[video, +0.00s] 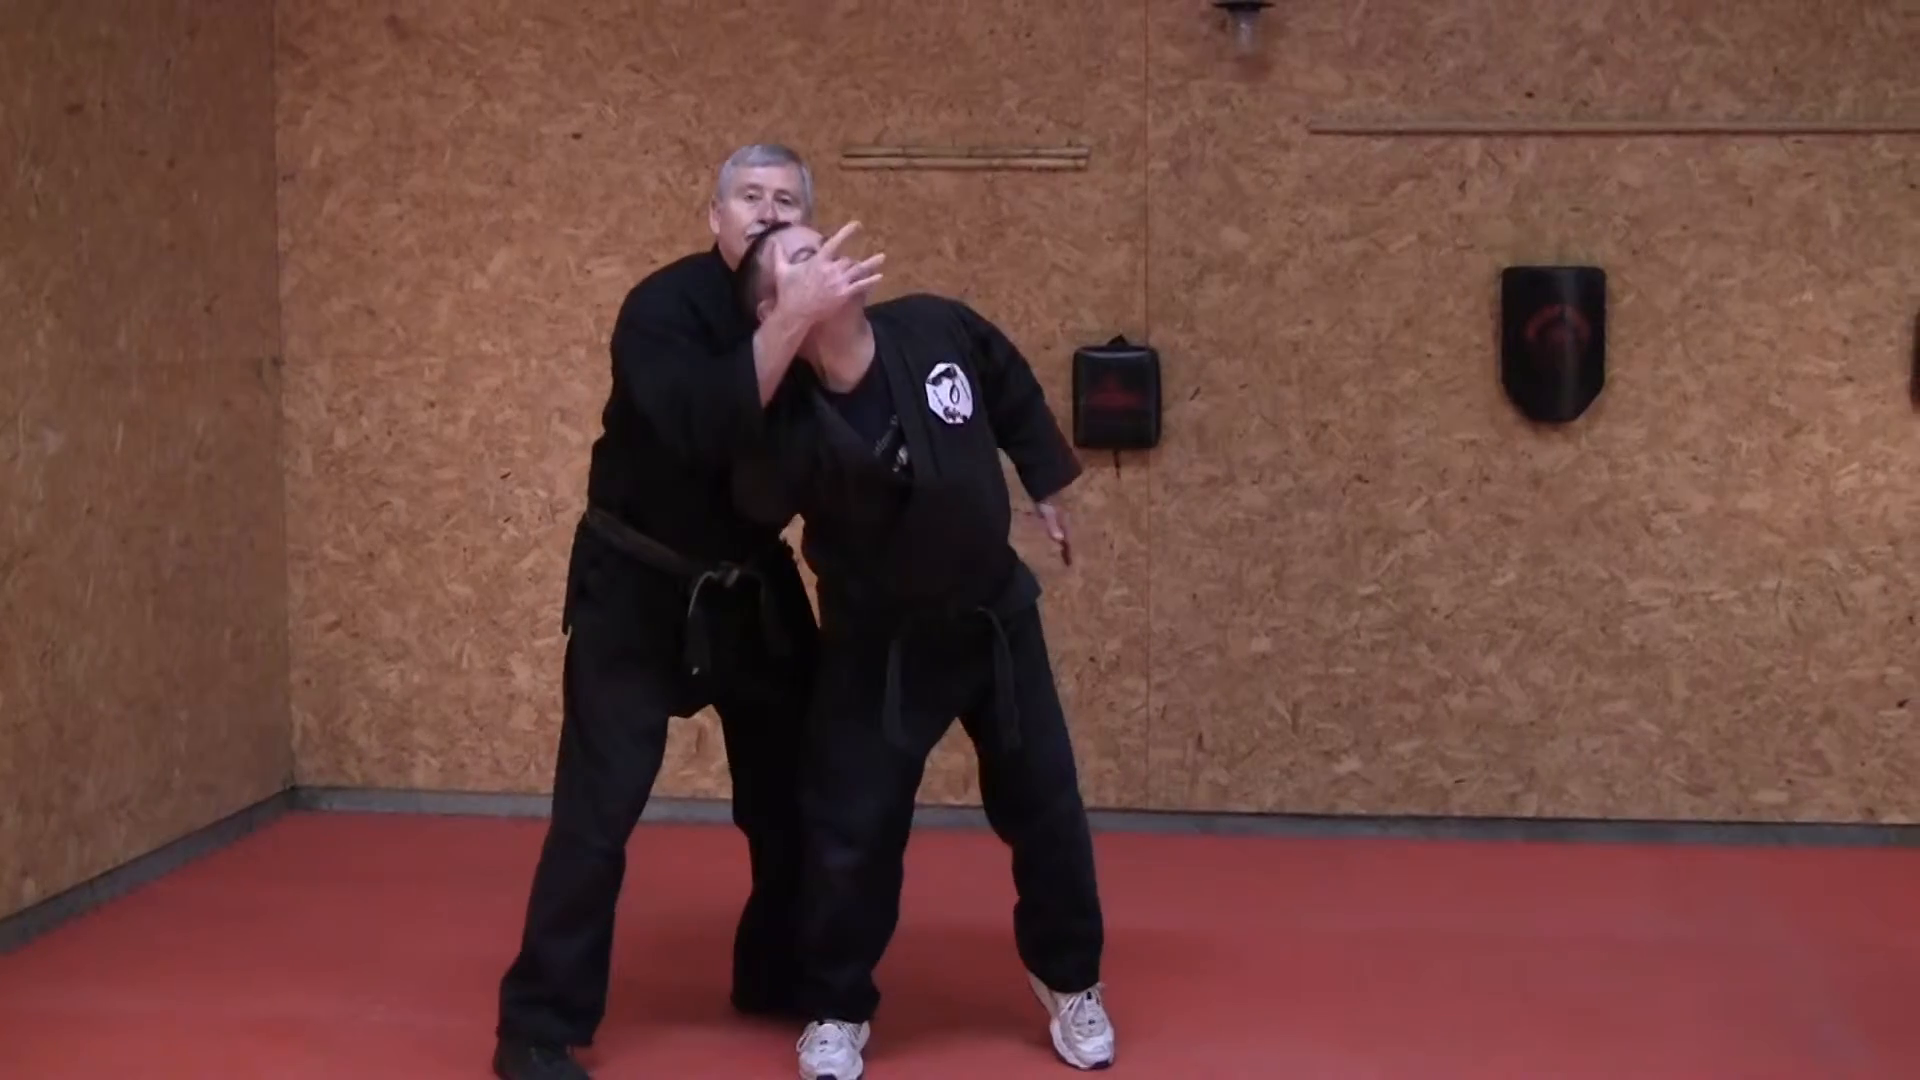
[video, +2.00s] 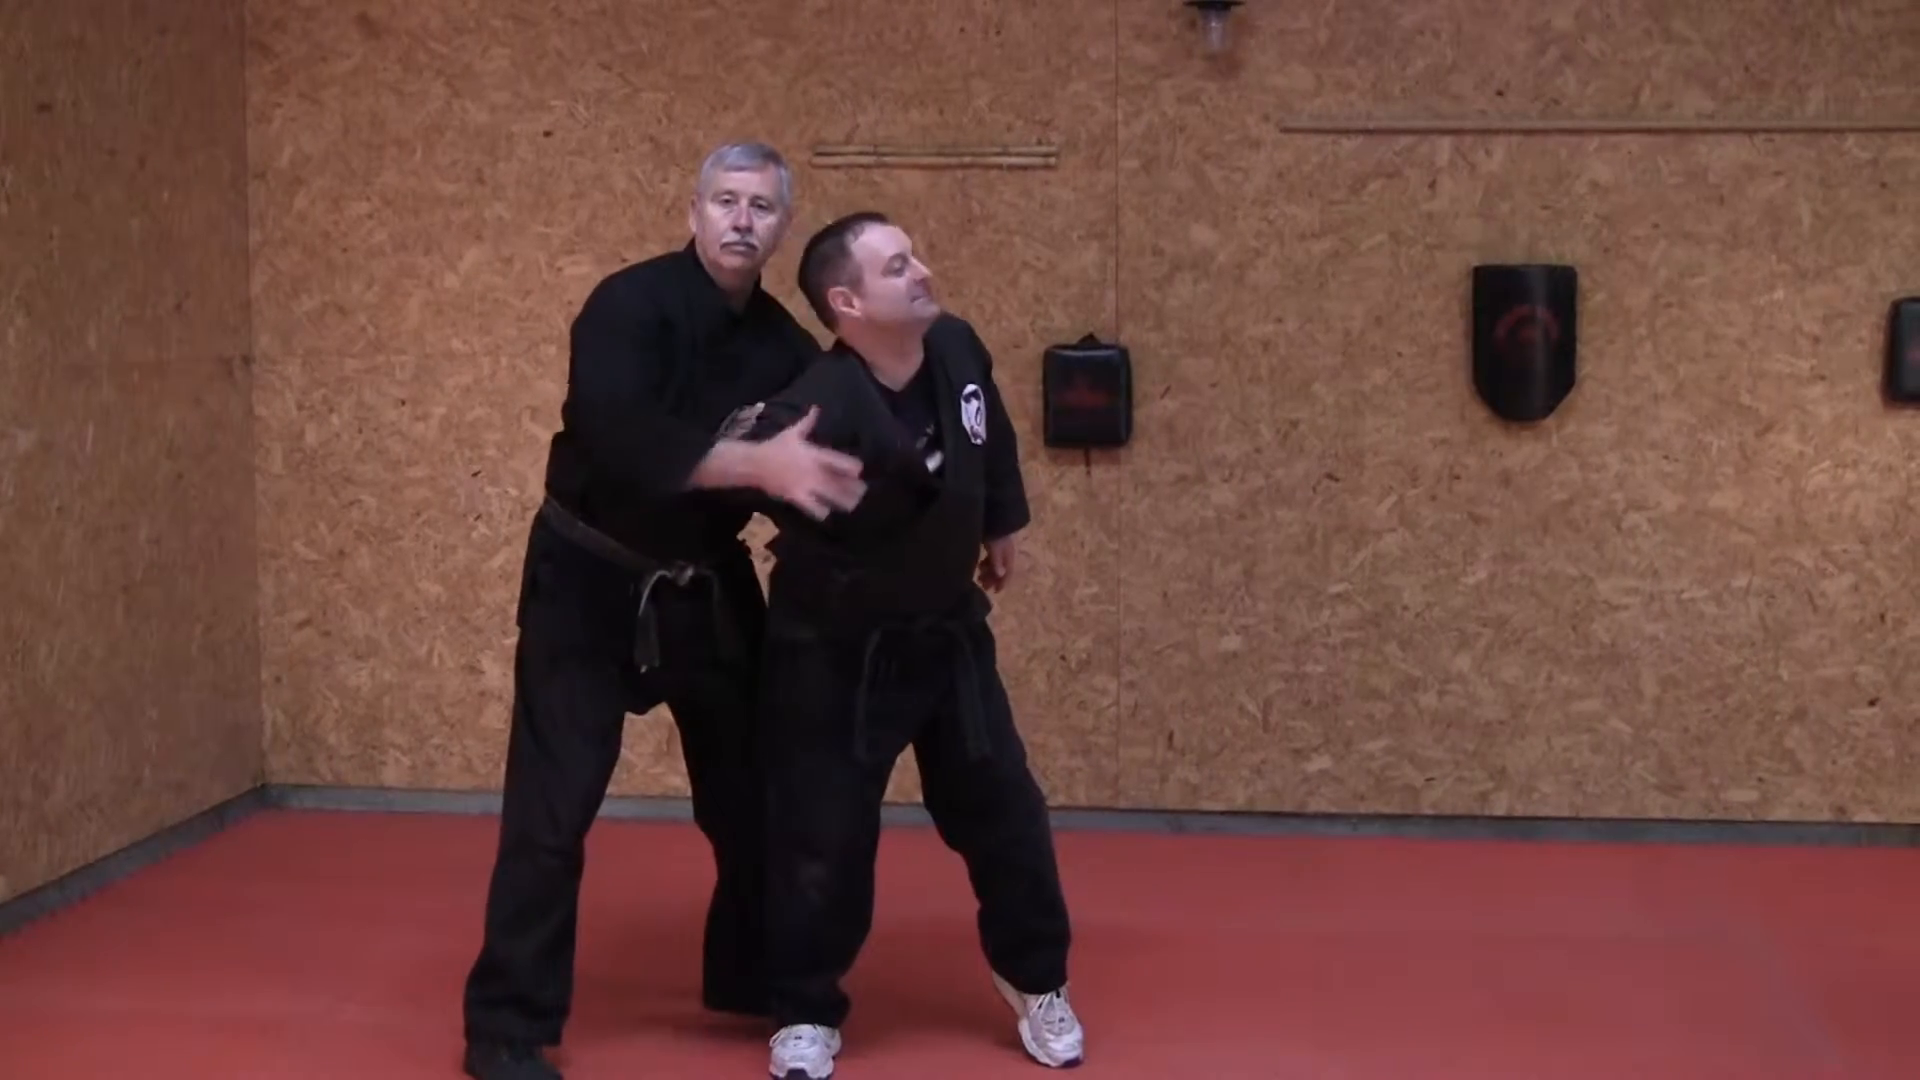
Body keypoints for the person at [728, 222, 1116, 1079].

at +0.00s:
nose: (824, 260)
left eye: (820, 247)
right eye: (795, 261)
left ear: (847, 265)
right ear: (778, 317)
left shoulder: (939, 331)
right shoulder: (789, 425)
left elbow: (1012, 391)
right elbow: (757, 511)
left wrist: (1045, 485)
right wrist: (781, 340)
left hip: (992, 616)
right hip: (876, 636)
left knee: (1045, 804)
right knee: (853, 826)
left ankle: (1070, 981)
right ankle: (838, 1011)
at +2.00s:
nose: (922, 273)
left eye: (916, 259)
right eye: (897, 268)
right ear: (845, 305)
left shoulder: (954, 347)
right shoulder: (815, 410)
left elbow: (991, 436)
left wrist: (1004, 524)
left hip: (944, 631)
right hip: (831, 648)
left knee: (1003, 808)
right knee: (821, 832)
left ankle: (1038, 983)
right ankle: (806, 1014)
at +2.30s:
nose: (1002, 319)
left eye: (999, 302)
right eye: (981, 310)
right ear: (919, 330)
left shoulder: (1013, 375)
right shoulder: (863, 419)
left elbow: (1025, 460)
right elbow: (759, 454)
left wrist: (1021, 541)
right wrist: (772, 434)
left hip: (973, 634)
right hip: (861, 645)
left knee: (1037, 812)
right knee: (835, 829)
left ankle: (1074, 989)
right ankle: (807, 1015)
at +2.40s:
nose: (1053, 344)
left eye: (1052, 327)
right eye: (1031, 332)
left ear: (1055, 325)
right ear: (970, 340)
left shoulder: (1063, 408)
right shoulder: (903, 417)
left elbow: (1056, 537)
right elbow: (793, 445)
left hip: (997, 651)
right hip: (882, 655)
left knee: (1046, 830)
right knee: (839, 833)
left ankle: (1092, 1011)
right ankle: (807, 1015)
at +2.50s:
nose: (1104, 372)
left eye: (1113, 352)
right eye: (1082, 354)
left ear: (1121, 347)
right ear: (1025, 349)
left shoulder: (1119, 426)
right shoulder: (952, 413)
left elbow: (1119, 518)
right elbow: (827, 437)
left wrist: (1102, 590)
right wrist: (878, 489)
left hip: (1040, 652)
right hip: (918, 652)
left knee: (1077, 838)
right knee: (854, 828)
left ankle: (1101, 1018)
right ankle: (807, 1013)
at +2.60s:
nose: (1130, 380)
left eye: (1148, 361)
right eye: (1113, 357)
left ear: (1164, 358)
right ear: (1073, 341)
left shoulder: (1169, 435)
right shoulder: (989, 400)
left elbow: (1182, 540)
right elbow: (871, 442)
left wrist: (1164, 634)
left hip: (1083, 653)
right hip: (958, 644)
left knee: (1105, 840)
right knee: (880, 819)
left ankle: (1105, 1023)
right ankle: (819, 1000)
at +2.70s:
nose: (1134, 363)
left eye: (1158, 348)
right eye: (1122, 340)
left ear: (1185, 348)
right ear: (1099, 324)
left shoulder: (1206, 435)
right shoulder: (1019, 386)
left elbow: (1239, 542)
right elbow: (924, 437)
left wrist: (1243, 651)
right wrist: (908, 505)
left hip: (1120, 650)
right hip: (992, 634)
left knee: (1125, 831)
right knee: (924, 806)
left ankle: (1104, 1023)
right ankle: (898, 981)